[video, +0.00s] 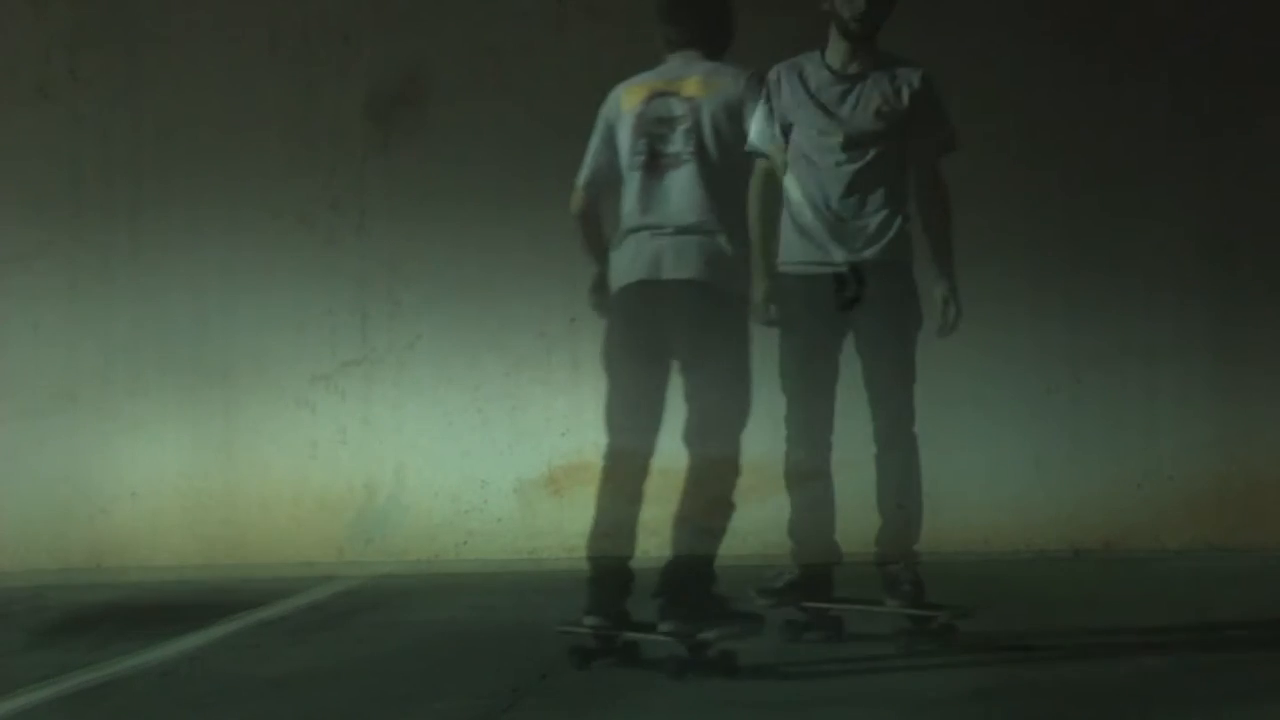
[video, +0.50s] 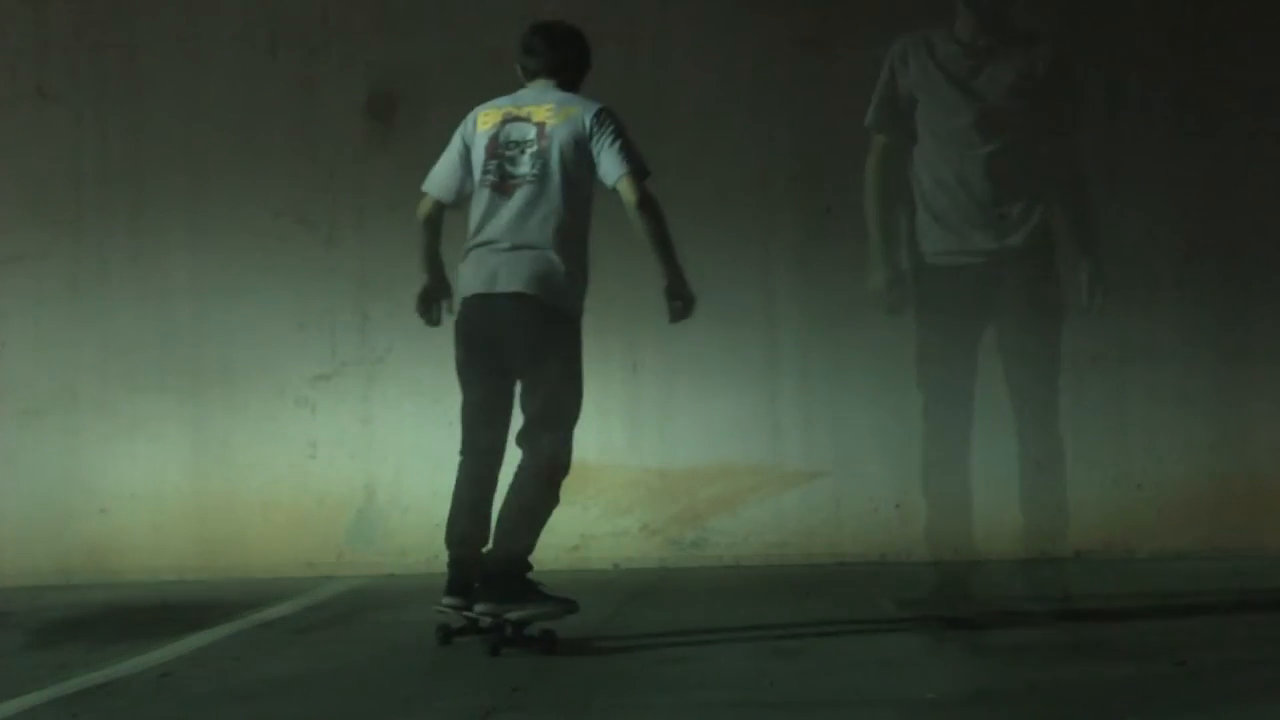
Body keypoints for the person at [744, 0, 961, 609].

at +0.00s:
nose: (861, 9)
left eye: (871, 3)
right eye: (851, 1)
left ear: (883, 12)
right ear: (830, 6)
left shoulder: (910, 84)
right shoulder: (784, 82)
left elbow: (929, 185)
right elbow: (764, 181)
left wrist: (944, 277)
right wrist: (760, 274)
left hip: (886, 277)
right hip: (803, 276)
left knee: (894, 425)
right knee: (806, 430)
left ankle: (900, 565)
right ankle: (812, 568)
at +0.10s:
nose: (886, 8)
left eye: (895, 3)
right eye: (877, 1)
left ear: (907, 11)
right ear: (856, 5)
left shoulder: (935, 80)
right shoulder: (809, 77)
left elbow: (956, 184)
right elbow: (785, 177)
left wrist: (973, 279)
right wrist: (786, 266)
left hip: (910, 277)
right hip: (829, 277)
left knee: (920, 426)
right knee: (831, 429)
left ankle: (925, 566)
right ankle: (835, 568)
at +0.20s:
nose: (907, 6)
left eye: (917, 3)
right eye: (901, 2)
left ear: (930, 10)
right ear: (884, 6)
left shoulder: (958, 76)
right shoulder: (832, 72)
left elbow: (984, 180)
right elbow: (808, 171)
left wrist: (1001, 280)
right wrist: (807, 273)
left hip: (936, 275)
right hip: (854, 276)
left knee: (947, 424)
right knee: (857, 427)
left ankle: (953, 569)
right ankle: (861, 570)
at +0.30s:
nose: (931, 7)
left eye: (940, 5)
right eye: (924, 5)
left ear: (952, 9)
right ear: (906, 7)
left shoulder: (983, 70)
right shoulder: (857, 65)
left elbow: (1011, 177)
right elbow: (831, 163)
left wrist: (1030, 277)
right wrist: (829, 264)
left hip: (964, 272)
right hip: (882, 272)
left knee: (976, 423)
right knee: (885, 426)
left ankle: (984, 571)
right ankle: (891, 574)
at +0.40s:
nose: (951, 15)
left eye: (962, 12)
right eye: (944, 10)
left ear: (979, 13)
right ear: (929, 8)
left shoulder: (1010, 62)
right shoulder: (883, 59)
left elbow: (1036, 166)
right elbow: (855, 158)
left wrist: (1053, 266)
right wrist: (852, 259)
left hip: (994, 265)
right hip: (910, 268)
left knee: (1006, 422)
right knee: (914, 426)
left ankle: (1016, 573)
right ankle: (920, 575)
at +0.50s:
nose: (978, 13)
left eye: (988, 8)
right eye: (970, 7)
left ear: (1005, 9)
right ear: (954, 6)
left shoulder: (1035, 56)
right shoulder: (911, 57)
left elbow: (1062, 159)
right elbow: (882, 157)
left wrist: (1081, 254)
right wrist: (881, 258)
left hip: (1027, 261)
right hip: (943, 263)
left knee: (1037, 418)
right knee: (945, 423)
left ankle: (1047, 566)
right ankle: (949, 571)